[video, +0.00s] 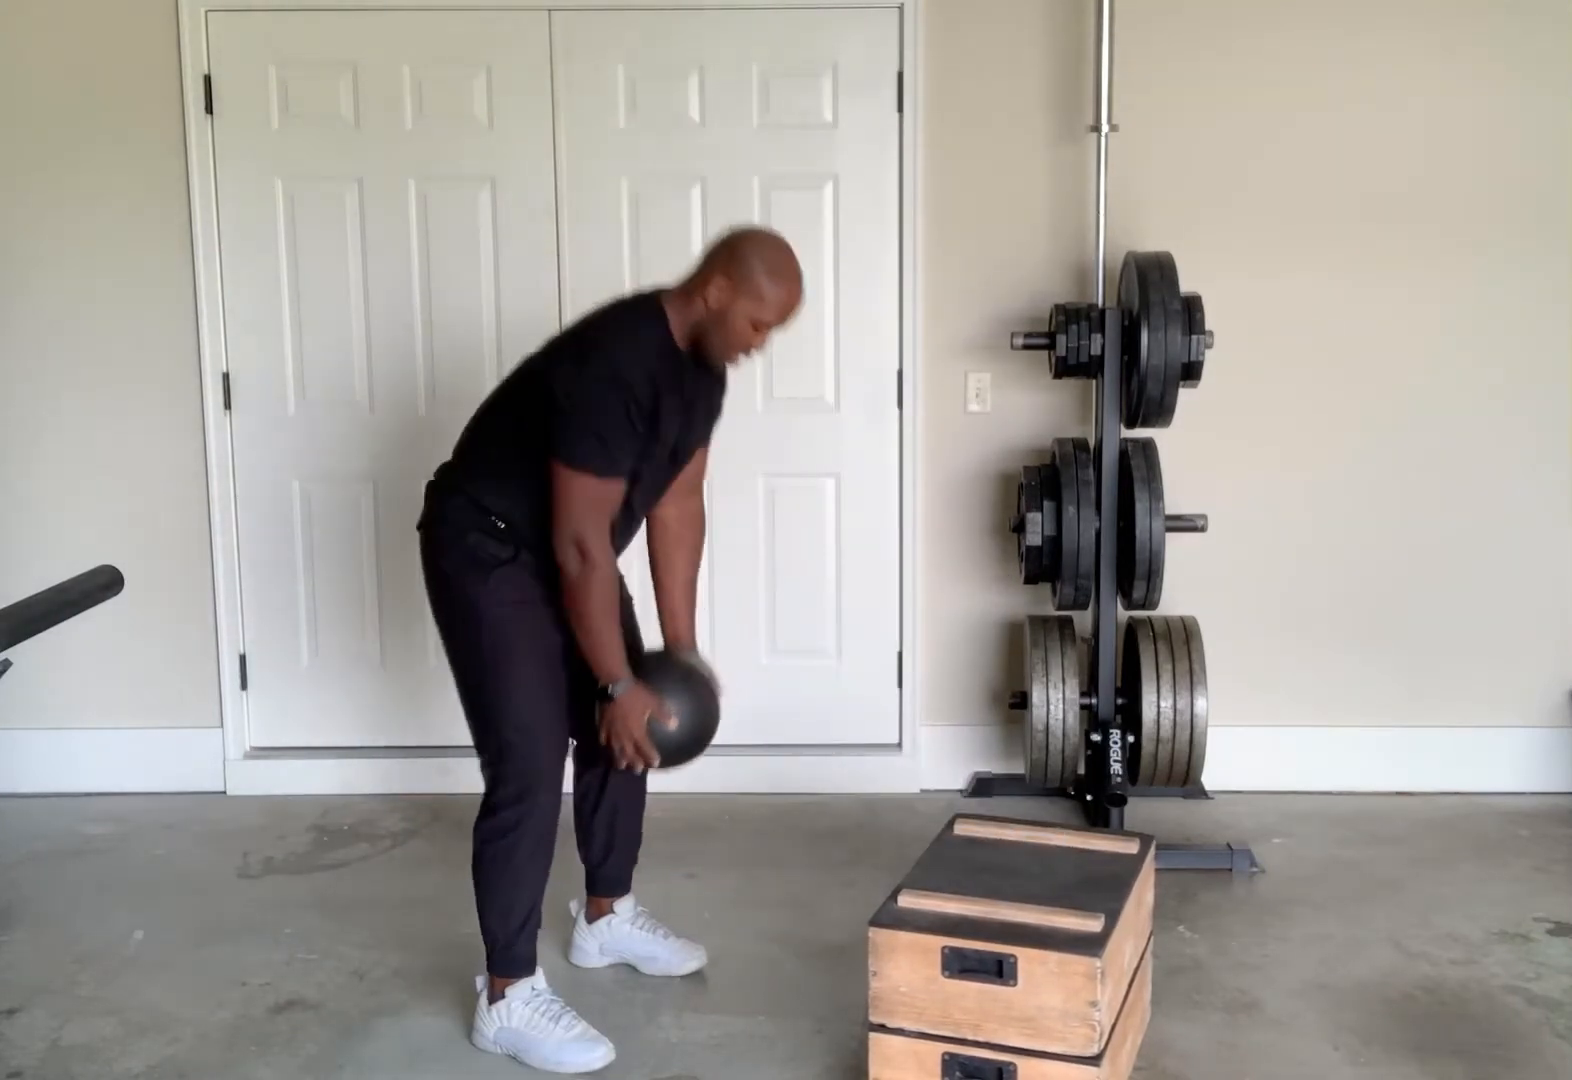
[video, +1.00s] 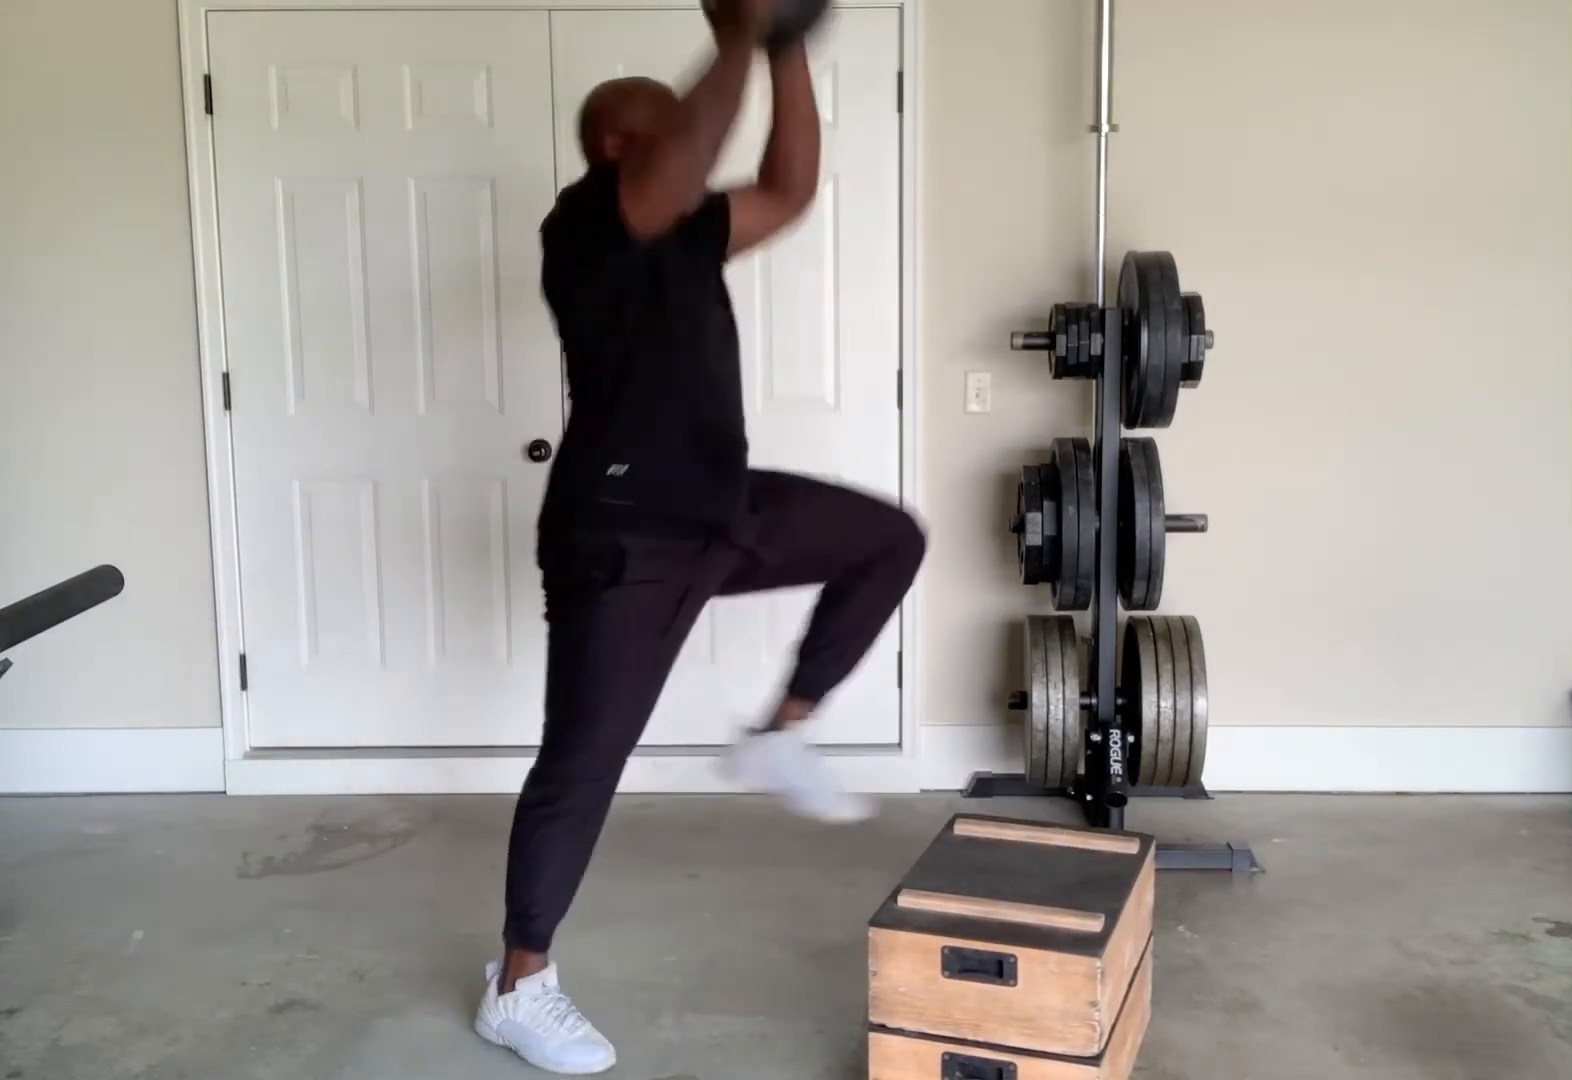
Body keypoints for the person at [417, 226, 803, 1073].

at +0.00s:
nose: (760, 341)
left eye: (772, 328)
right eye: (758, 321)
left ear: (734, 300)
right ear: (714, 286)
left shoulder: (701, 366)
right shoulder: (614, 360)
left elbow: (678, 503)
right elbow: (578, 546)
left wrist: (679, 651)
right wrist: (617, 689)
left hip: (571, 544)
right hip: (485, 544)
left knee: (622, 715)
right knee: (528, 759)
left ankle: (606, 916)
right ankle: (506, 991)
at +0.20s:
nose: (802, 481)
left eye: (812, 468)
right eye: (800, 461)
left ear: (759, 427)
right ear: (756, 426)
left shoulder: (730, 478)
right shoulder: (650, 473)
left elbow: (680, 609)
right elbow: (591, 658)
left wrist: (649, 753)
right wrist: (583, 792)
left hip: (547, 567)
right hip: (458, 558)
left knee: (633, 710)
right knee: (519, 767)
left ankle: (607, 915)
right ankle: (507, 994)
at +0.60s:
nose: (816, 462)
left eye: (823, 444)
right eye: (811, 440)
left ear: (758, 423)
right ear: (755, 420)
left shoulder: (731, 485)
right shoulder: (653, 484)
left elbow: (680, 612)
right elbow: (588, 665)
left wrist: (649, 754)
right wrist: (584, 801)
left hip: (547, 575)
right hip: (461, 570)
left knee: (618, 756)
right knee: (528, 781)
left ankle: (606, 917)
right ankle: (504, 995)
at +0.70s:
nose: (773, 278)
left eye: (770, 260)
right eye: (756, 261)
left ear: (711, 278)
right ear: (694, 275)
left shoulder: (719, 380)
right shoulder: (630, 373)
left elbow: (680, 504)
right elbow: (554, 549)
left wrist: (701, 627)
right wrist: (651, 668)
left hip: (589, 558)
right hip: (496, 559)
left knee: (657, 718)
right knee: (555, 773)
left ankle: (605, 918)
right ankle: (507, 992)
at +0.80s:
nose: (697, 175)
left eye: (692, 160)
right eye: (677, 162)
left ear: (645, 183)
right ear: (617, 181)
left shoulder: (680, 293)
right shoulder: (572, 294)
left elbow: (683, 402)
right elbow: (580, 455)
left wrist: (760, 456)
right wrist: (725, 472)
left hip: (651, 561)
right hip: (554, 568)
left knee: (723, 716)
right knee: (570, 791)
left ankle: (630, 886)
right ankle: (510, 994)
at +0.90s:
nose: (673, 155)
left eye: (668, 140)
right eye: (651, 142)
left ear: (629, 162)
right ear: (591, 165)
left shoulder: (661, 258)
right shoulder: (562, 259)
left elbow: (726, 350)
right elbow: (635, 358)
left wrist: (788, 293)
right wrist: (768, 308)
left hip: (680, 539)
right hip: (581, 557)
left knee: (801, 658)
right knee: (569, 778)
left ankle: (660, 812)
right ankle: (511, 988)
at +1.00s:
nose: (680, 133)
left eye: (675, 122)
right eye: (657, 119)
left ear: (656, 137)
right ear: (615, 139)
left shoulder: (694, 225)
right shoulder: (586, 229)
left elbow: (789, 188)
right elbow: (676, 157)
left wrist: (789, 51)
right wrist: (739, 42)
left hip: (721, 508)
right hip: (621, 531)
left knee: (891, 542)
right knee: (584, 760)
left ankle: (781, 733)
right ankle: (518, 983)